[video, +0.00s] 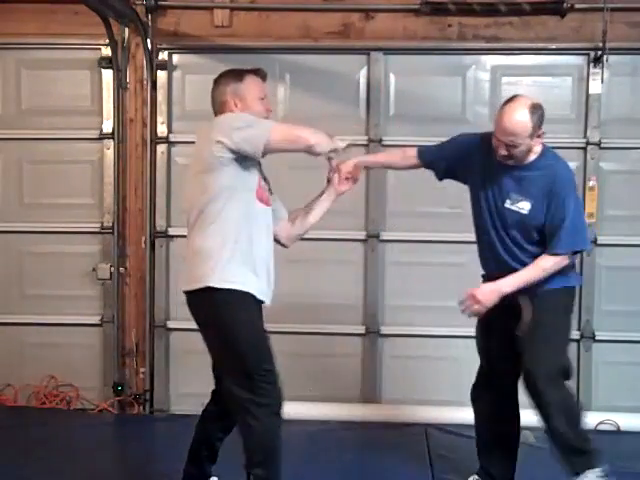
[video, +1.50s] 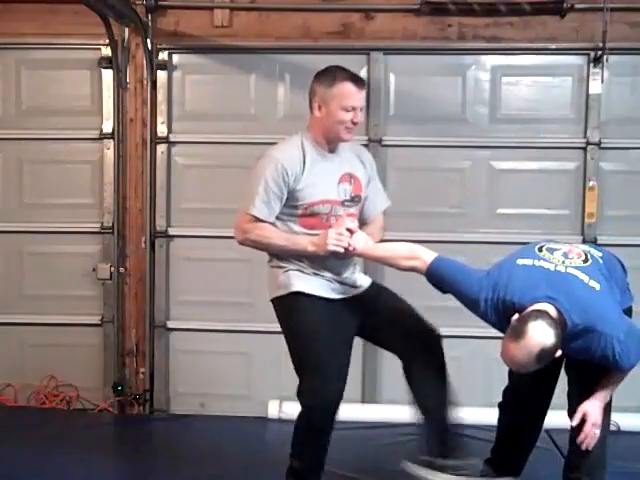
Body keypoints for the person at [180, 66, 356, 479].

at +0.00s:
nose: (269, 108)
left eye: (268, 101)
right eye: (261, 99)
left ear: (233, 102)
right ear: (233, 101)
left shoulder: (248, 170)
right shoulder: (225, 127)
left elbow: (287, 232)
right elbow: (310, 139)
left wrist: (331, 191)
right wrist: (328, 146)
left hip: (235, 288)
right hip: (221, 284)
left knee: (231, 395)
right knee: (262, 397)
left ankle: (196, 474)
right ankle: (264, 476)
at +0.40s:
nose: (306, 100)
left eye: (304, 91)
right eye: (299, 91)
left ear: (267, 99)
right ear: (270, 96)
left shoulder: (258, 137)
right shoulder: (275, 127)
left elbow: (302, 221)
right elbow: (360, 151)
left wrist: (346, 176)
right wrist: (374, 154)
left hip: (251, 283)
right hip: (267, 284)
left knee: (278, 382)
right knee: (303, 393)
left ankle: (231, 443)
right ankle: (284, 475)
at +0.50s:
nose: (319, 100)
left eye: (317, 91)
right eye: (312, 92)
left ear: (280, 99)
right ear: (282, 98)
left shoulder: (272, 134)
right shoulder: (285, 134)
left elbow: (317, 200)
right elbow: (354, 179)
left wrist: (353, 167)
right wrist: (382, 164)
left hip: (266, 279)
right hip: (276, 281)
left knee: (298, 373)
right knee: (313, 374)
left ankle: (283, 454)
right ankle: (292, 469)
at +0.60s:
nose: (330, 103)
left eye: (328, 94)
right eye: (322, 95)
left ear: (295, 102)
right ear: (293, 101)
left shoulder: (293, 142)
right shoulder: (288, 145)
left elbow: (317, 197)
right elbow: (323, 216)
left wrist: (355, 177)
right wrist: (369, 185)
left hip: (293, 284)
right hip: (290, 287)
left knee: (312, 387)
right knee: (321, 391)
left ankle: (320, 466)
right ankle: (299, 472)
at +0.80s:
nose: (340, 107)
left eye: (340, 99)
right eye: (332, 100)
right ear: (302, 105)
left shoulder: (332, 152)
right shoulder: (285, 156)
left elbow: (372, 210)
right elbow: (296, 231)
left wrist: (373, 180)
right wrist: (351, 196)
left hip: (340, 283)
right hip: (306, 283)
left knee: (349, 379)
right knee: (324, 382)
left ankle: (327, 465)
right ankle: (301, 472)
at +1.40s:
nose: (354, 113)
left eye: (357, 105)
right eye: (345, 104)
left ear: (360, 108)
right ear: (315, 104)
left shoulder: (362, 154)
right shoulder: (284, 154)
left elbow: (381, 218)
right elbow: (249, 227)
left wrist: (365, 239)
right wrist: (313, 240)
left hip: (353, 287)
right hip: (303, 288)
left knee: (404, 368)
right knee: (313, 398)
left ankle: (359, 444)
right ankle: (300, 472)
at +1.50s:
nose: (356, 118)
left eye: (360, 110)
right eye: (347, 109)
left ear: (362, 112)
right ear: (318, 107)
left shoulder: (359, 158)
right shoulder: (284, 158)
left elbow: (377, 220)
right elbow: (247, 230)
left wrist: (362, 242)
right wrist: (312, 242)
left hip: (355, 287)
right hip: (305, 290)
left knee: (422, 341)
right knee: (323, 391)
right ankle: (303, 475)